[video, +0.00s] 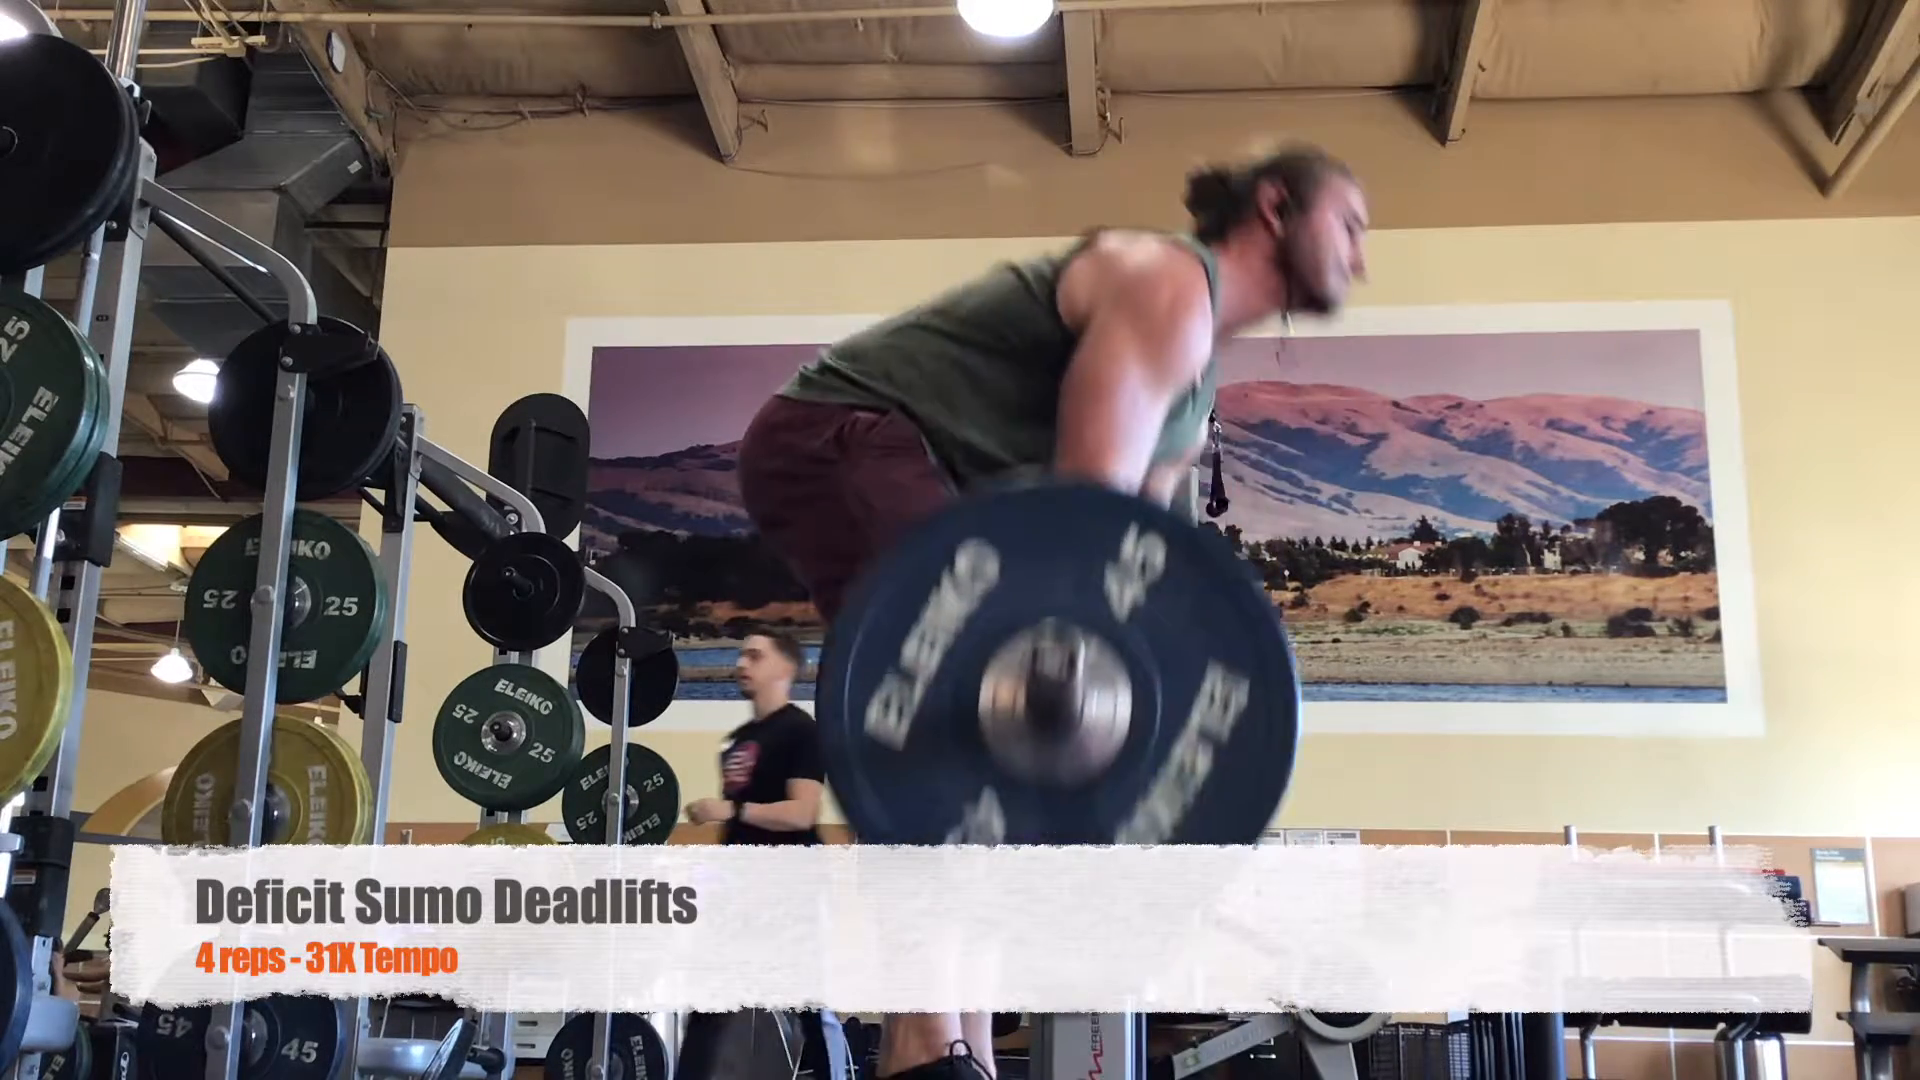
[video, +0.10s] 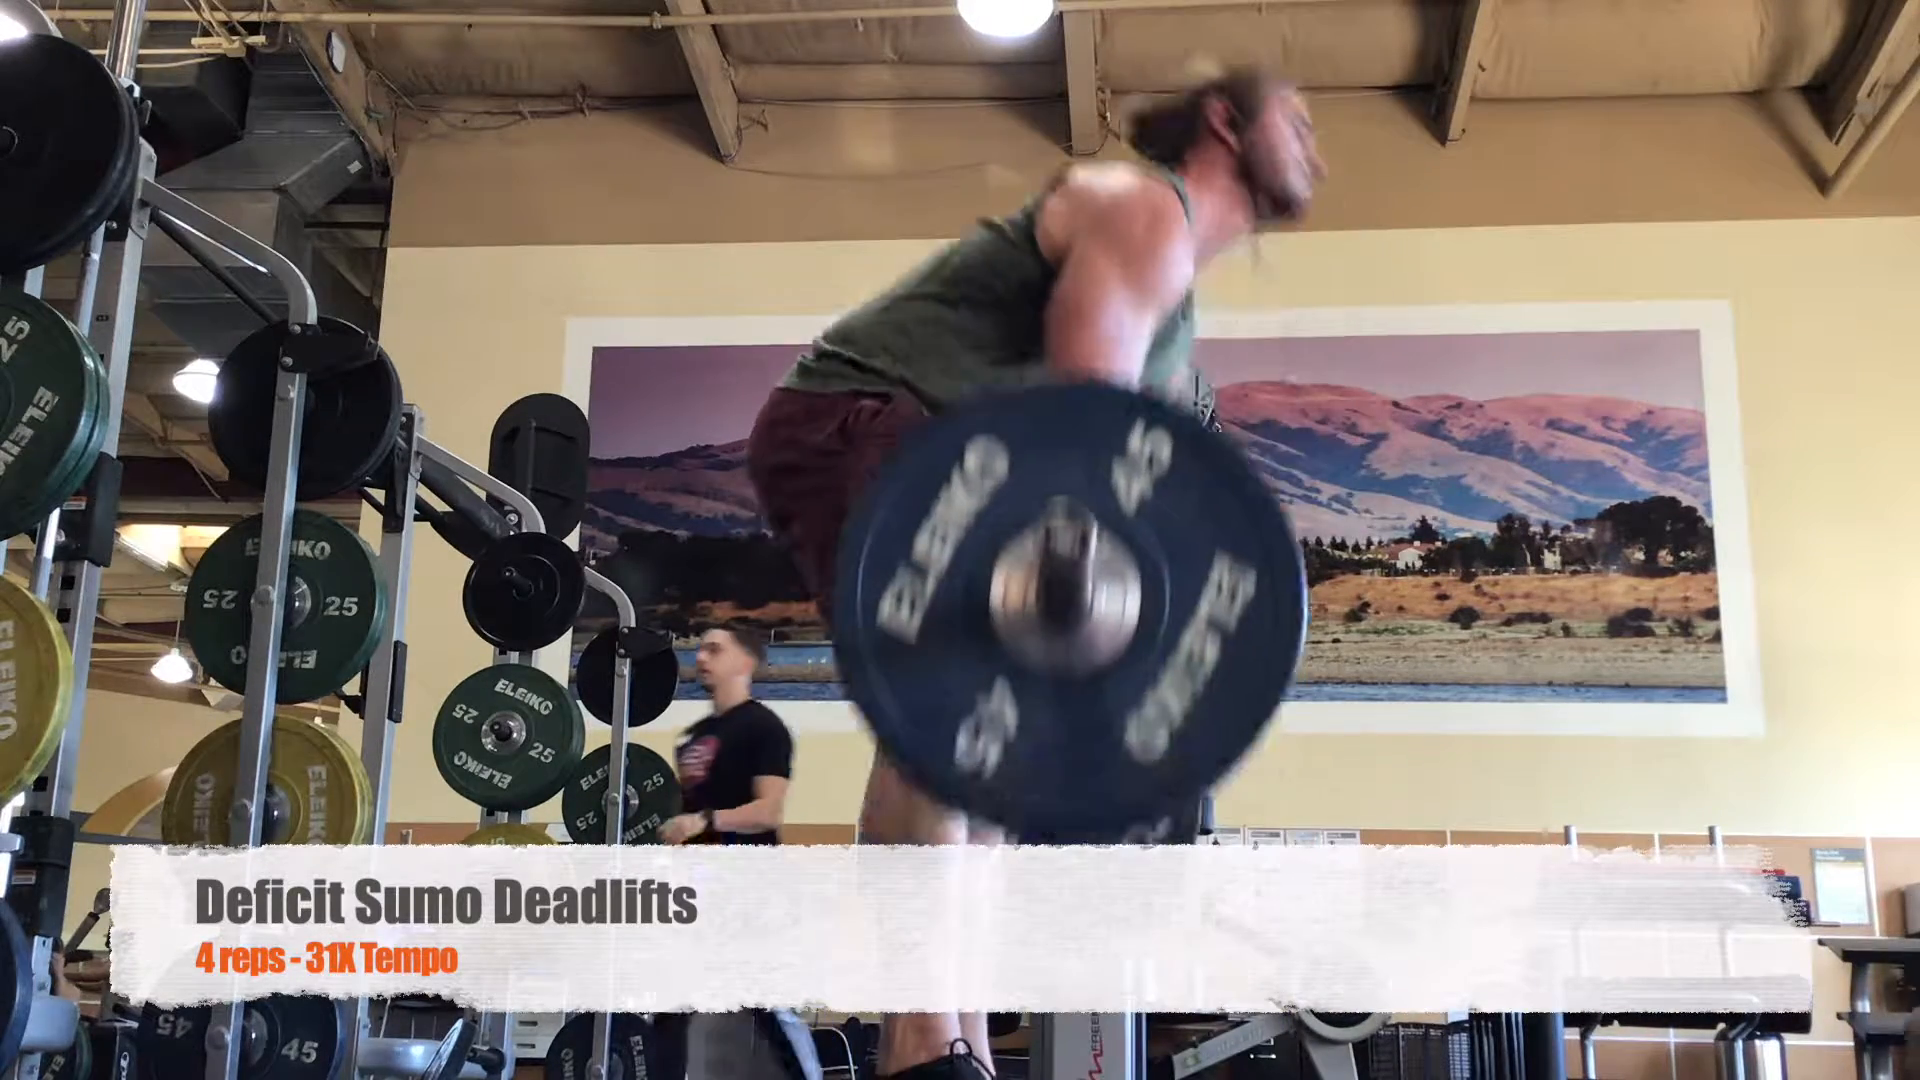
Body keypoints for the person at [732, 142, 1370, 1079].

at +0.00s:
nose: (1361, 258)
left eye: (1364, 235)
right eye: (1350, 225)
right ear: (1274, 206)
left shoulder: (1189, 395)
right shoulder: (1165, 286)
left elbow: (1145, 543)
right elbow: (1089, 502)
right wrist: (1091, 661)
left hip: (911, 466)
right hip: (840, 434)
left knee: (981, 728)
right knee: (945, 713)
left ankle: (965, 1037)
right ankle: (922, 1039)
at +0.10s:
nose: (1313, 149)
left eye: (1312, 133)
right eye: (1295, 125)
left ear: (1229, 134)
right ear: (1224, 123)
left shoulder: (1173, 311)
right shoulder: (1142, 208)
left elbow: (1177, 454)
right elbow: (1085, 397)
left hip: (910, 446)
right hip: (849, 422)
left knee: (974, 728)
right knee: (941, 713)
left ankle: (956, 1038)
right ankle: (922, 1040)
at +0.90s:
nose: (1010, 2)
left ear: (908, 10)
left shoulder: (936, 81)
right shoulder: (930, 71)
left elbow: (996, 282)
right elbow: (989, 279)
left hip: (981, 450)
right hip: (941, 446)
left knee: (1009, 735)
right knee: (974, 721)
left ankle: (962, 1039)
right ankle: (918, 1047)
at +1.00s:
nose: (1005, 3)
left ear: (903, 13)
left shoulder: (922, 83)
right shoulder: (930, 72)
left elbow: (994, 280)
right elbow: (990, 276)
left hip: (977, 447)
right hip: (948, 444)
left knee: (1003, 740)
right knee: (976, 725)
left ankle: (961, 1045)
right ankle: (917, 1049)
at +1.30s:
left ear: (917, 11)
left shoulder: (950, 78)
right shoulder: (940, 69)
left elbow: (1004, 277)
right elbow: (995, 273)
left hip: (980, 445)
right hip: (941, 441)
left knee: (1002, 735)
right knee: (970, 723)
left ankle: (962, 1043)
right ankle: (915, 1049)